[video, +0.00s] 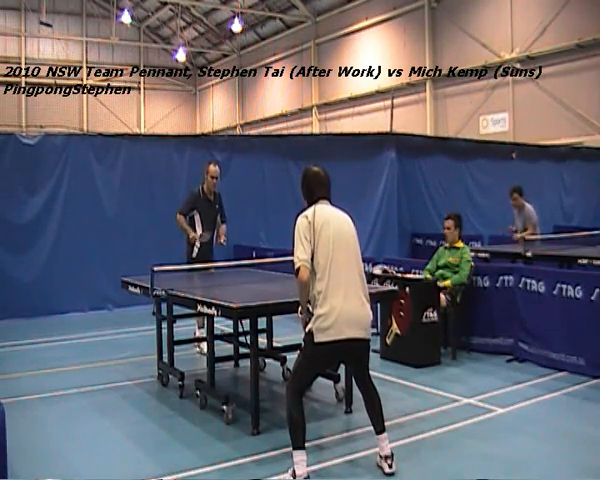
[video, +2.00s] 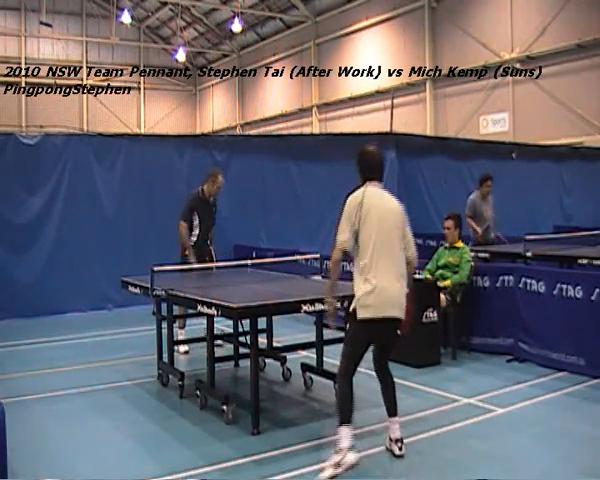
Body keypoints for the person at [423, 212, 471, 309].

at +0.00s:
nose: (445, 232)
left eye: (448, 229)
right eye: (444, 229)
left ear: (457, 230)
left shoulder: (464, 251)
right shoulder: (442, 249)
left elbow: (463, 276)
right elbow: (429, 267)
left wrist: (445, 283)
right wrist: (428, 277)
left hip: (453, 284)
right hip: (436, 281)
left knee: (442, 298)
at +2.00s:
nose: (445, 232)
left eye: (448, 229)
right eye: (444, 229)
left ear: (457, 230)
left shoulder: (464, 251)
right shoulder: (442, 249)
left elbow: (463, 276)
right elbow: (430, 266)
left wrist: (447, 283)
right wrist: (428, 275)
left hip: (453, 284)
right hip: (435, 281)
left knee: (442, 298)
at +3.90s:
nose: (445, 230)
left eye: (449, 227)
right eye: (444, 227)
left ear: (458, 230)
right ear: (442, 229)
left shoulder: (465, 251)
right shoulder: (442, 249)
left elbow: (463, 276)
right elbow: (429, 268)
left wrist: (445, 283)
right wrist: (428, 277)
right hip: (436, 282)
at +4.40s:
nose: (445, 231)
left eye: (449, 228)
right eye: (444, 228)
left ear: (457, 230)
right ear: (441, 229)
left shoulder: (464, 251)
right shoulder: (441, 249)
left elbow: (463, 276)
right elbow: (429, 268)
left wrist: (445, 283)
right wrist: (428, 277)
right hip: (435, 282)